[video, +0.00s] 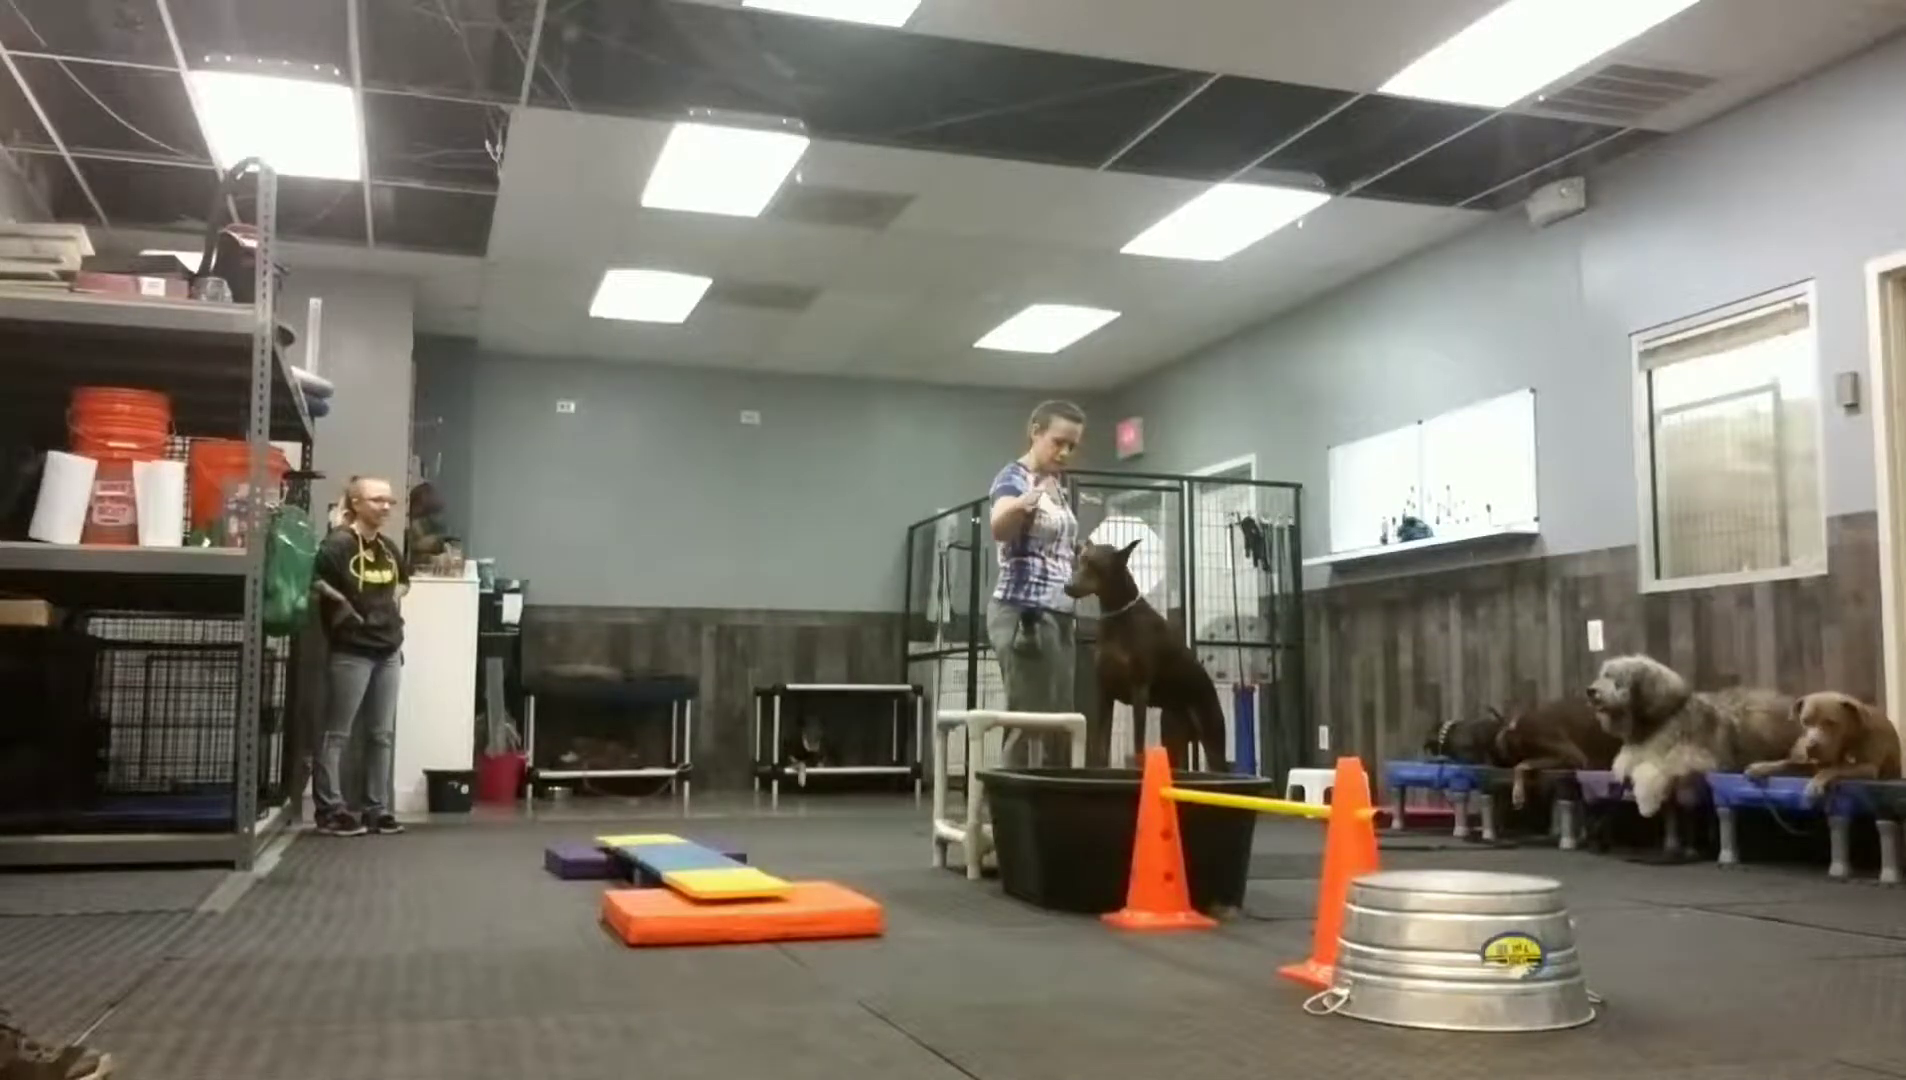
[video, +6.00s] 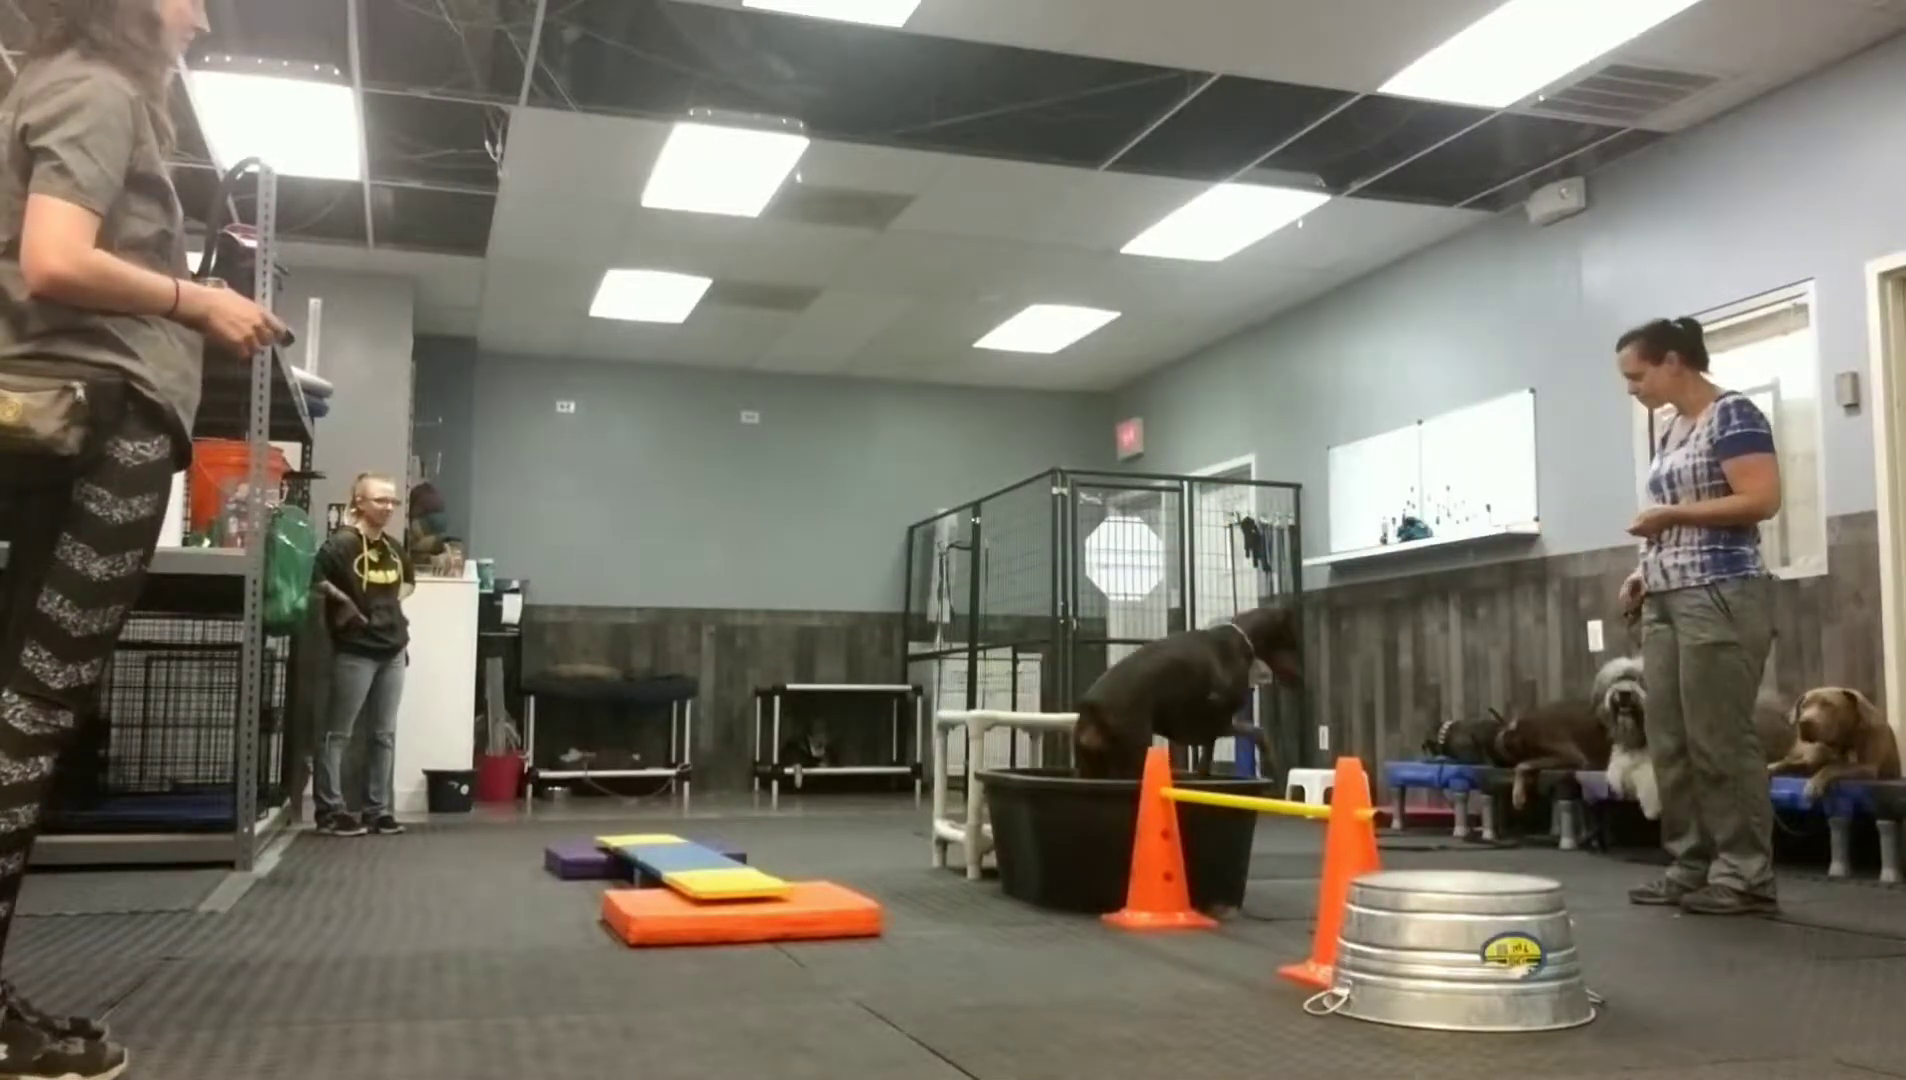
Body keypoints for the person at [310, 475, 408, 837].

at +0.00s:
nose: (385, 507)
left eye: (388, 501)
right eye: (377, 500)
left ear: (389, 506)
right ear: (356, 504)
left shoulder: (387, 546)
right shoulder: (337, 545)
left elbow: (401, 583)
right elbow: (321, 588)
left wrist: (389, 617)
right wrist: (349, 616)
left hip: (388, 649)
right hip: (352, 649)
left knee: (381, 734)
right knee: (337, 734)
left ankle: (377, 810)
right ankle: (329, 810)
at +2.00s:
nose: (388, 509)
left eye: (390, 503)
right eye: (381, 502)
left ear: (389, 507)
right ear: (358, 505)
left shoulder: (389, 545)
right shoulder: (338, 543)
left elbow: (405, 581)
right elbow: (315, 580)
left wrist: (390, 610)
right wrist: (342, 603)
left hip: (390, 649)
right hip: (353, 648)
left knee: (382, 734)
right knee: (338, 733)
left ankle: (376, 810)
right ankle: (329, 810)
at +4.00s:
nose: (388, 508)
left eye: (392, 502)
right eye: (380, 500)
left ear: (394, 507)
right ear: (358, 502)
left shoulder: (389, 546)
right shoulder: (339, 544)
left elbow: (406, 582)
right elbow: (322, 587)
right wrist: (352, 614)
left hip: (391, 650)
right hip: (353, 650)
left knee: (383, 735)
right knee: (338, 734)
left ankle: (377, 811)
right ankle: (330, 811)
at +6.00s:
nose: (389, 508)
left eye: (392, 502)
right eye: (381, 501)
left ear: (395, 506)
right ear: (359, 503)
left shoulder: (391, 546)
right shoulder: (339, 546)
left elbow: (403, 585)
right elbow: (316, 586)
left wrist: (395, 623)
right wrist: (346, 608)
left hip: (392, 650)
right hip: (355, 650)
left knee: (383, 734)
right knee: (339, 734)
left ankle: (378, 811)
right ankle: (330, 811)